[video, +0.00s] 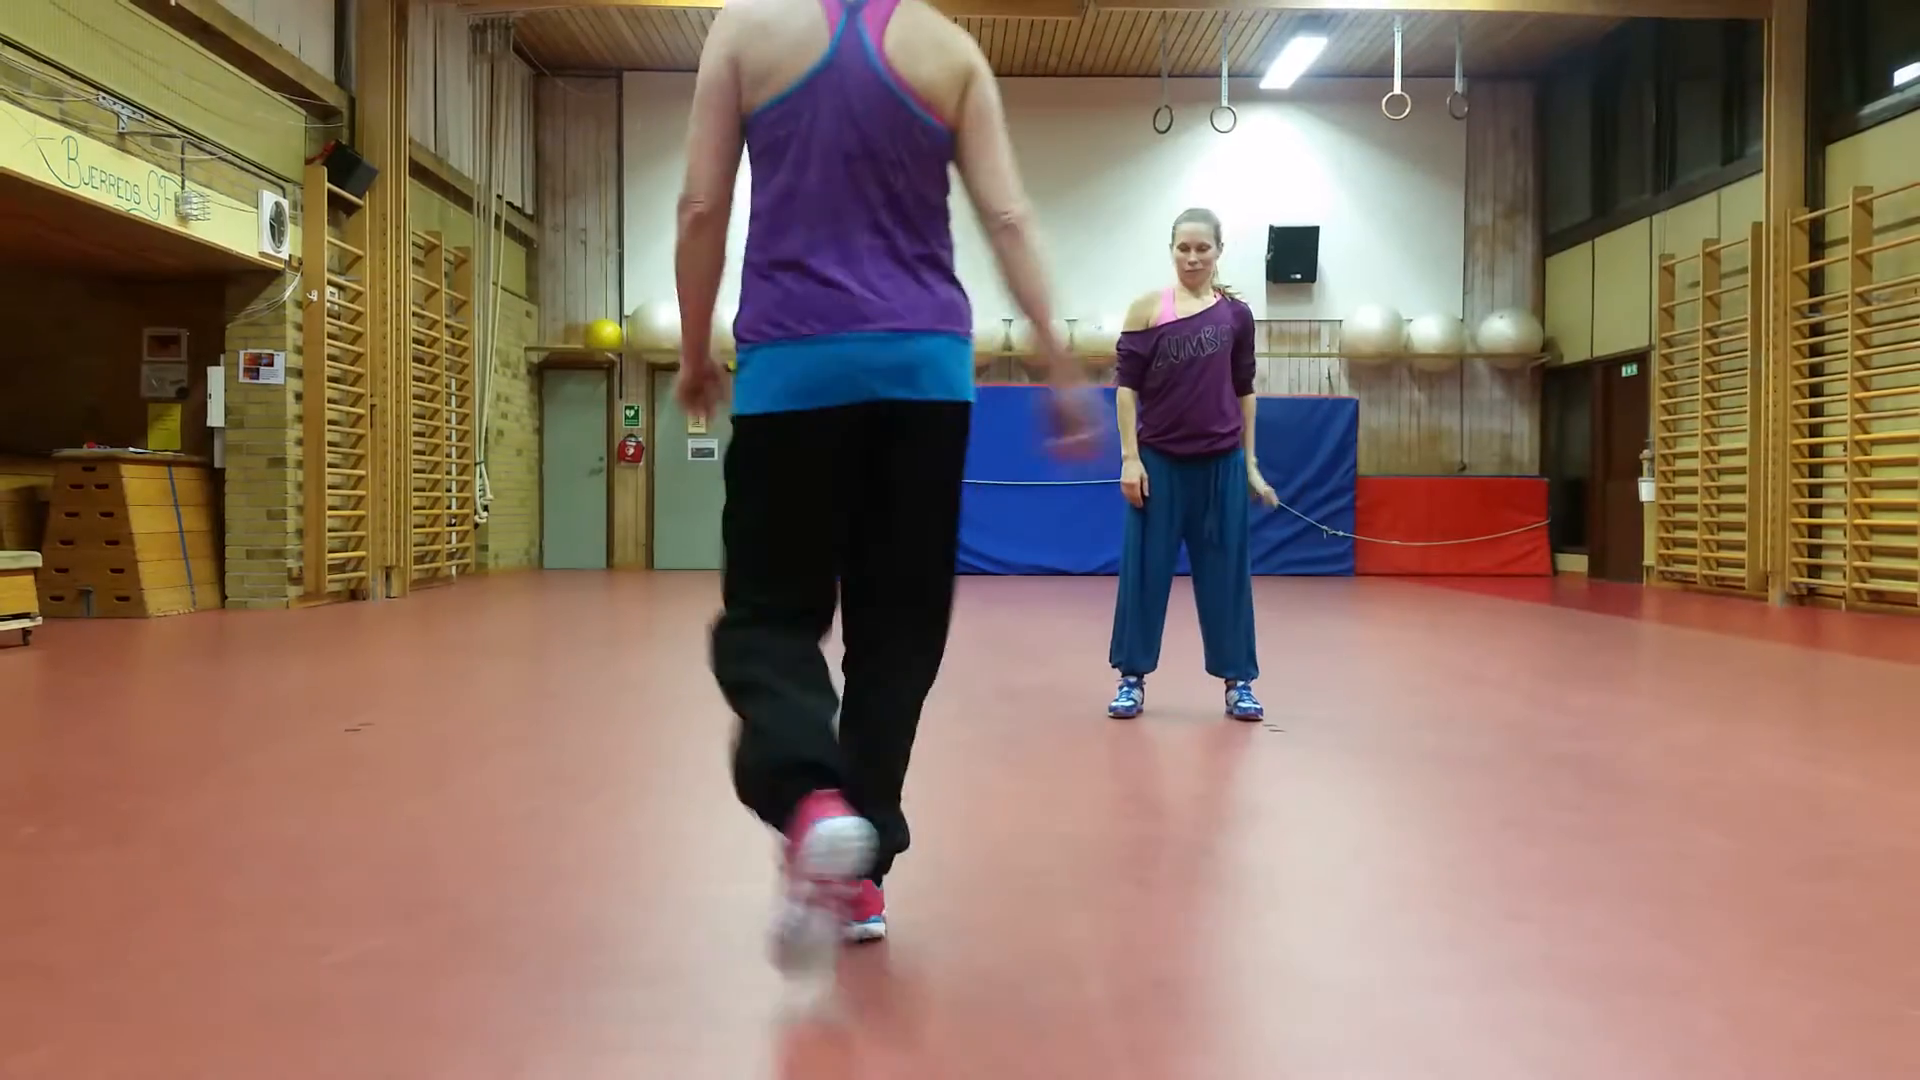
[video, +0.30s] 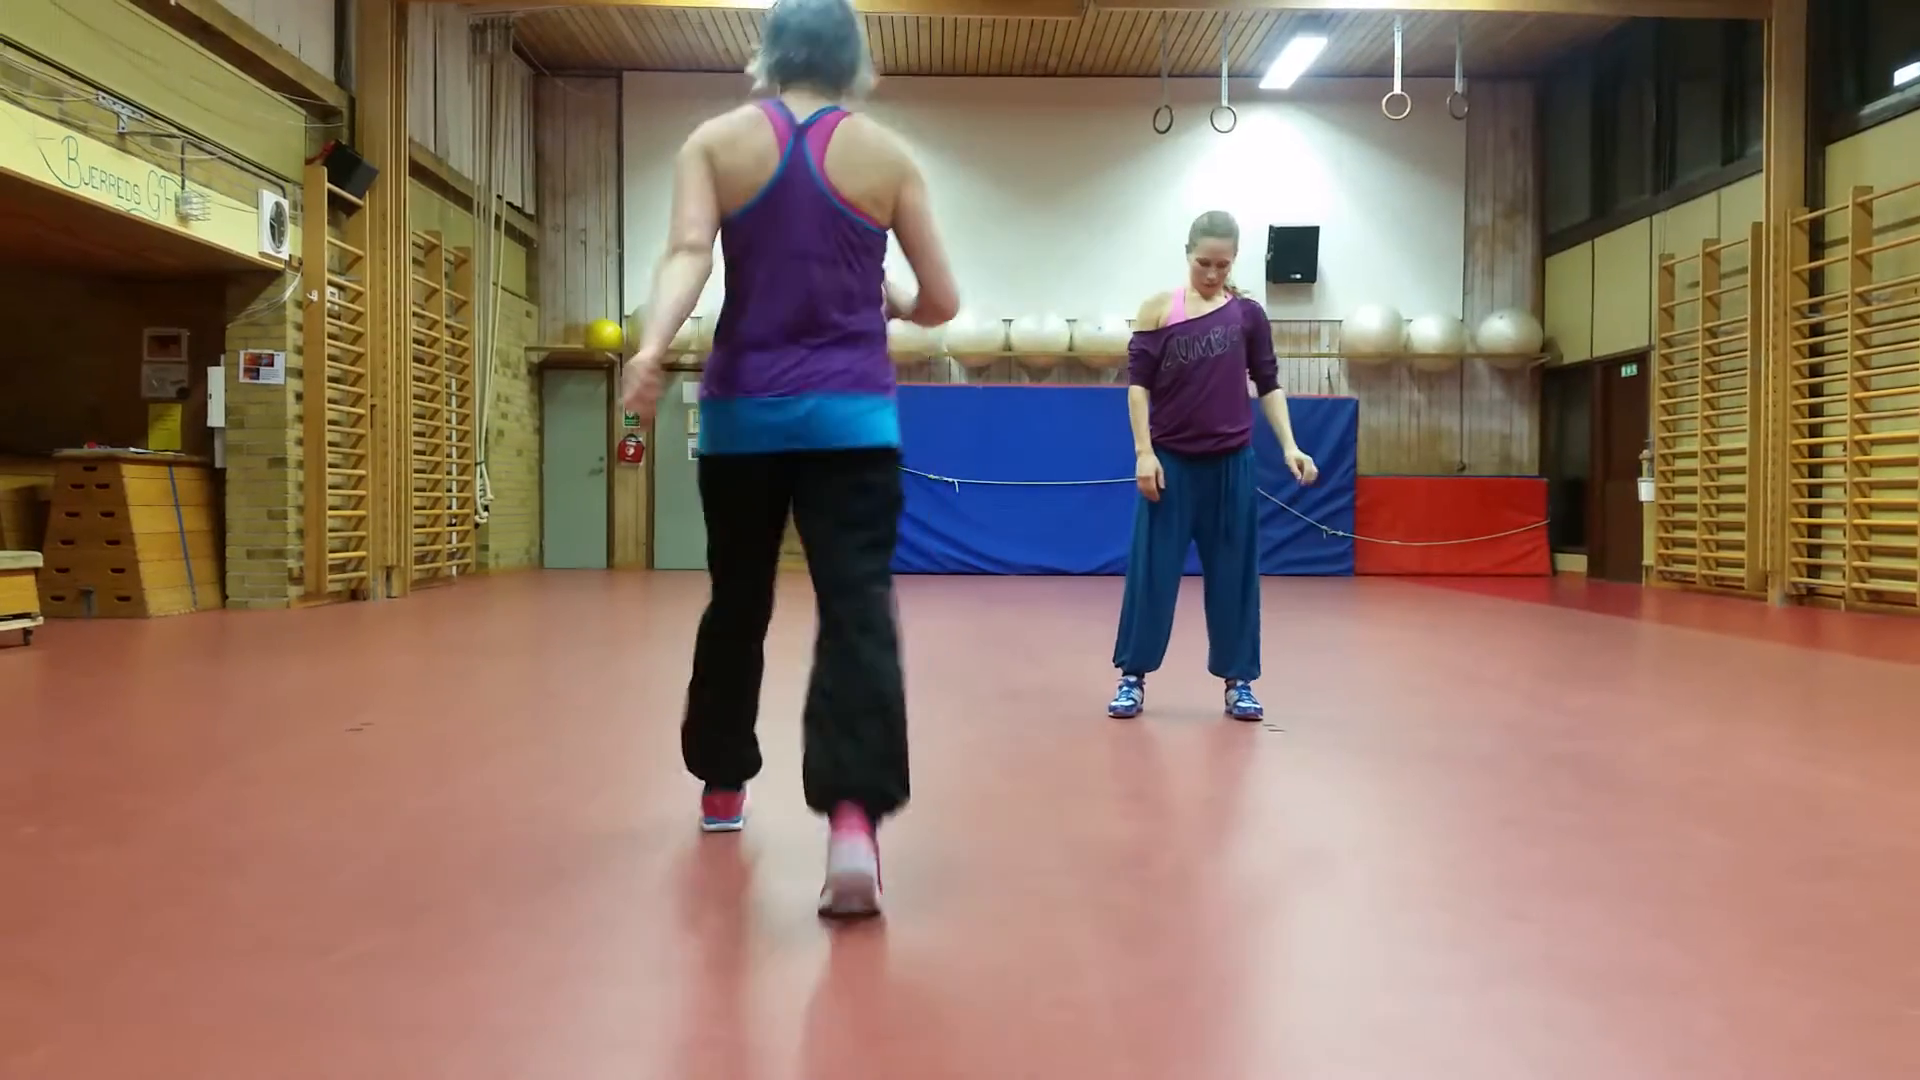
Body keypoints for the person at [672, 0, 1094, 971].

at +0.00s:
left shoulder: (745, 27)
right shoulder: (951, 45)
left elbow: (703, 207)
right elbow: (1006, 215)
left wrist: (696, 355)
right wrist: (1058, 364)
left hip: (794, 377)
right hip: (927, 377)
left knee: (769, 614)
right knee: (897, 634)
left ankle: (815, 806)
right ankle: (860, 876)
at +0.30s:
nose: (874, 78)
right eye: (871, 62)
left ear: (763, 64)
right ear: (855, 71)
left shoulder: (713, 144)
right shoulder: (887, 155)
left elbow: (688, 250)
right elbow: (938, 303)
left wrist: (650, 350)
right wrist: (876, 303)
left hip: (741, 419)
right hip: (851, 419)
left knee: (737, 597)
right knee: (857, 604)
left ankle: (721, 786)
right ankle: (854, 817)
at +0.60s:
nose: (856, 113)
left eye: (850, 100)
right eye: (853, 101)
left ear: (775, 105)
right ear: (843, 107)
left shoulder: (730, 181)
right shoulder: (870, 189)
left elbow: (700, 292)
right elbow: (892, 287)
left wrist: (722, 358)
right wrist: (927, 391)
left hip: (741, 419)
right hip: (840, 425)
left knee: (734, 591)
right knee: (841, 577)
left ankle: (723, 777)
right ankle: (826, 748)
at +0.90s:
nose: (881, 134)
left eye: (878, 123)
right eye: (868, 123)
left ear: (818, 138)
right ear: (827, 133)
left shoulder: (782, 207)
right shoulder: (851, 202)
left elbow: (801, 316)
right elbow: (875, 317)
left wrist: (892, 332)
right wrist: (932, 402)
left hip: (781, 412)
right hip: (843, 413)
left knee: (813, 556)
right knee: (857, 570)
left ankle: (758, 676)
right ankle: (833, 728)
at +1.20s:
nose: (854, 197)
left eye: (864, 189)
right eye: (841, 187)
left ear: (876, 205)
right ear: (818, 200)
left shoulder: (876, 279)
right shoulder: (794, 270)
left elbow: (862, 363)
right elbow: (789, 368)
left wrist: (904, 382)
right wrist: (872, 342)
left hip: (868, 447)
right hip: (809, 445)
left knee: (865, 566)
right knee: (849, 559)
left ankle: (834, 695)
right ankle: (813, 717)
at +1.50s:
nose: (826, 188)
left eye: (837, 179)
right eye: (814, 179)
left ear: (854, 191)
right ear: (797, 191)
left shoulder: (874, 258)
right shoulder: (772, 265)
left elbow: (926, 323)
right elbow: (724, 350)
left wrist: (901, 249)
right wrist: (668, 419)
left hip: (858, 437)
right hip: (792, 434)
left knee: (851, 569)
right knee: (797, 561)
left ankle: (838, 690)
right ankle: (773, 685)